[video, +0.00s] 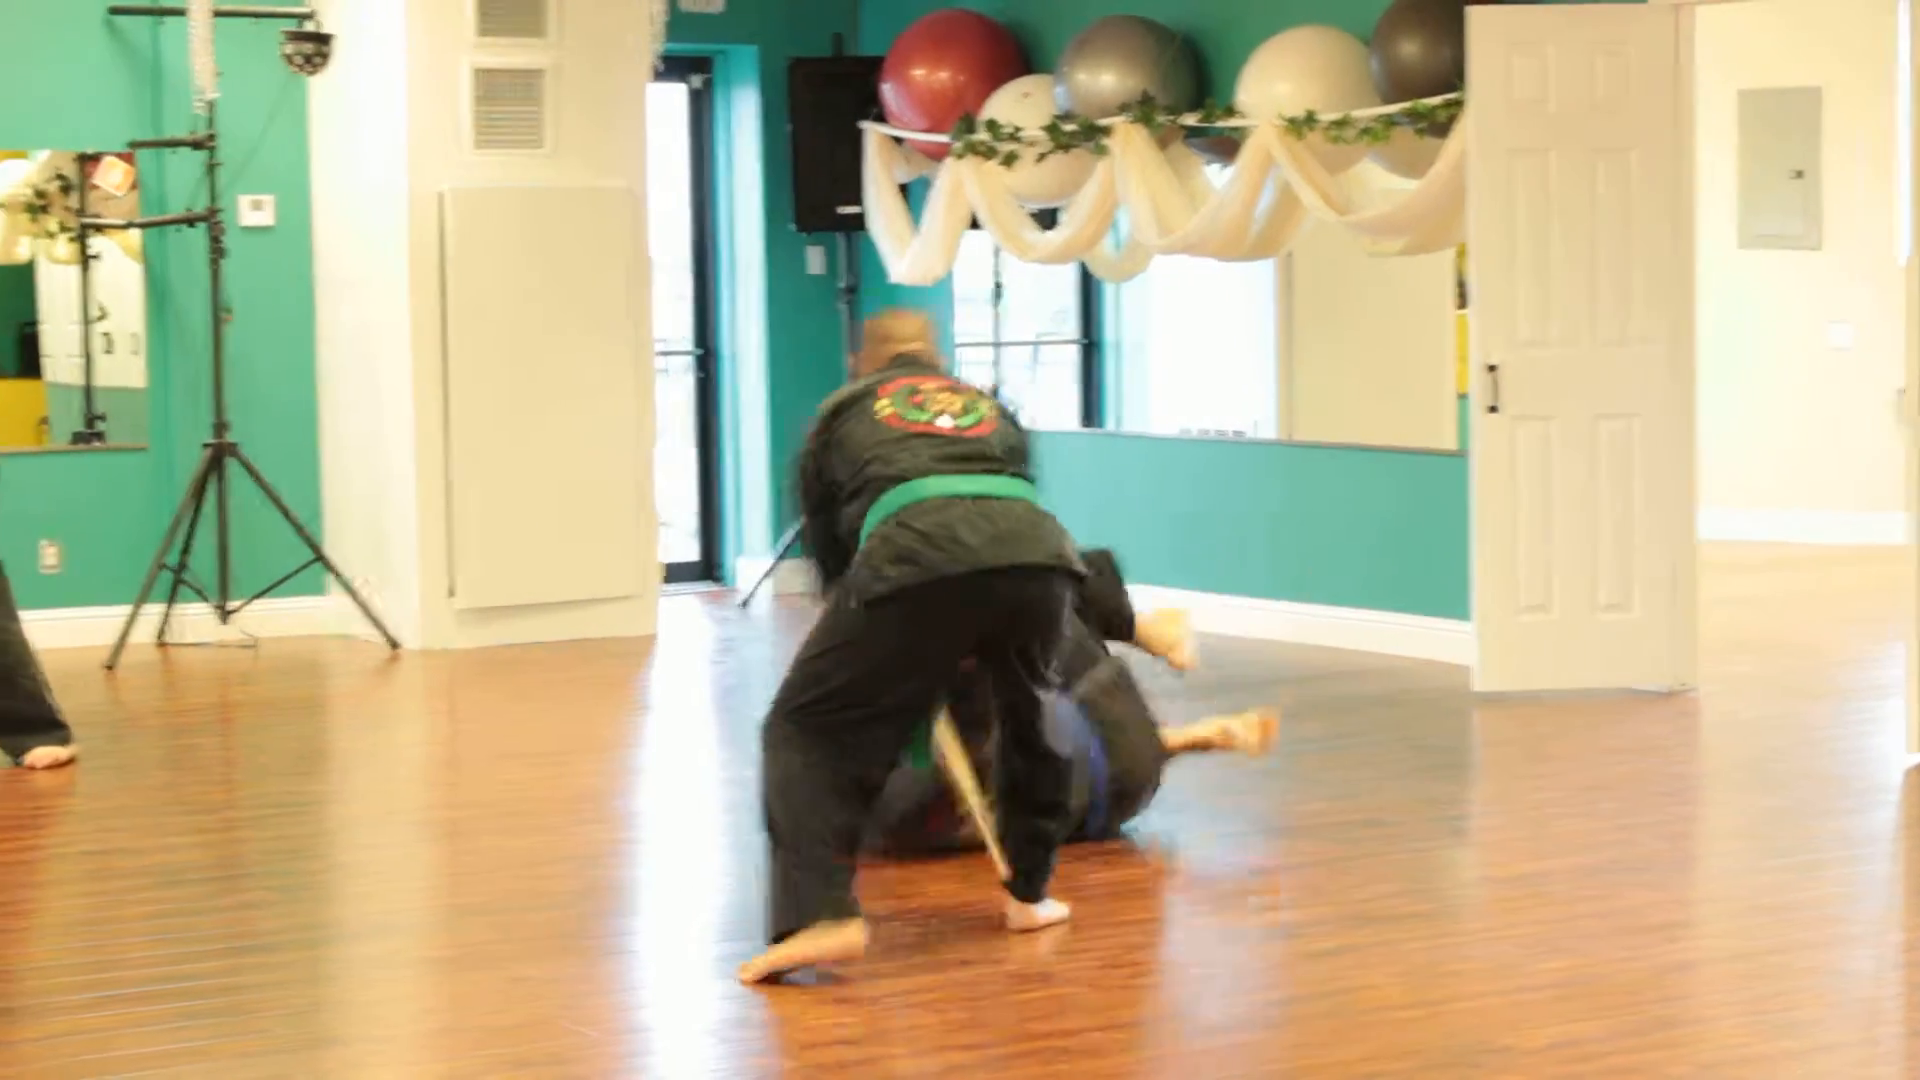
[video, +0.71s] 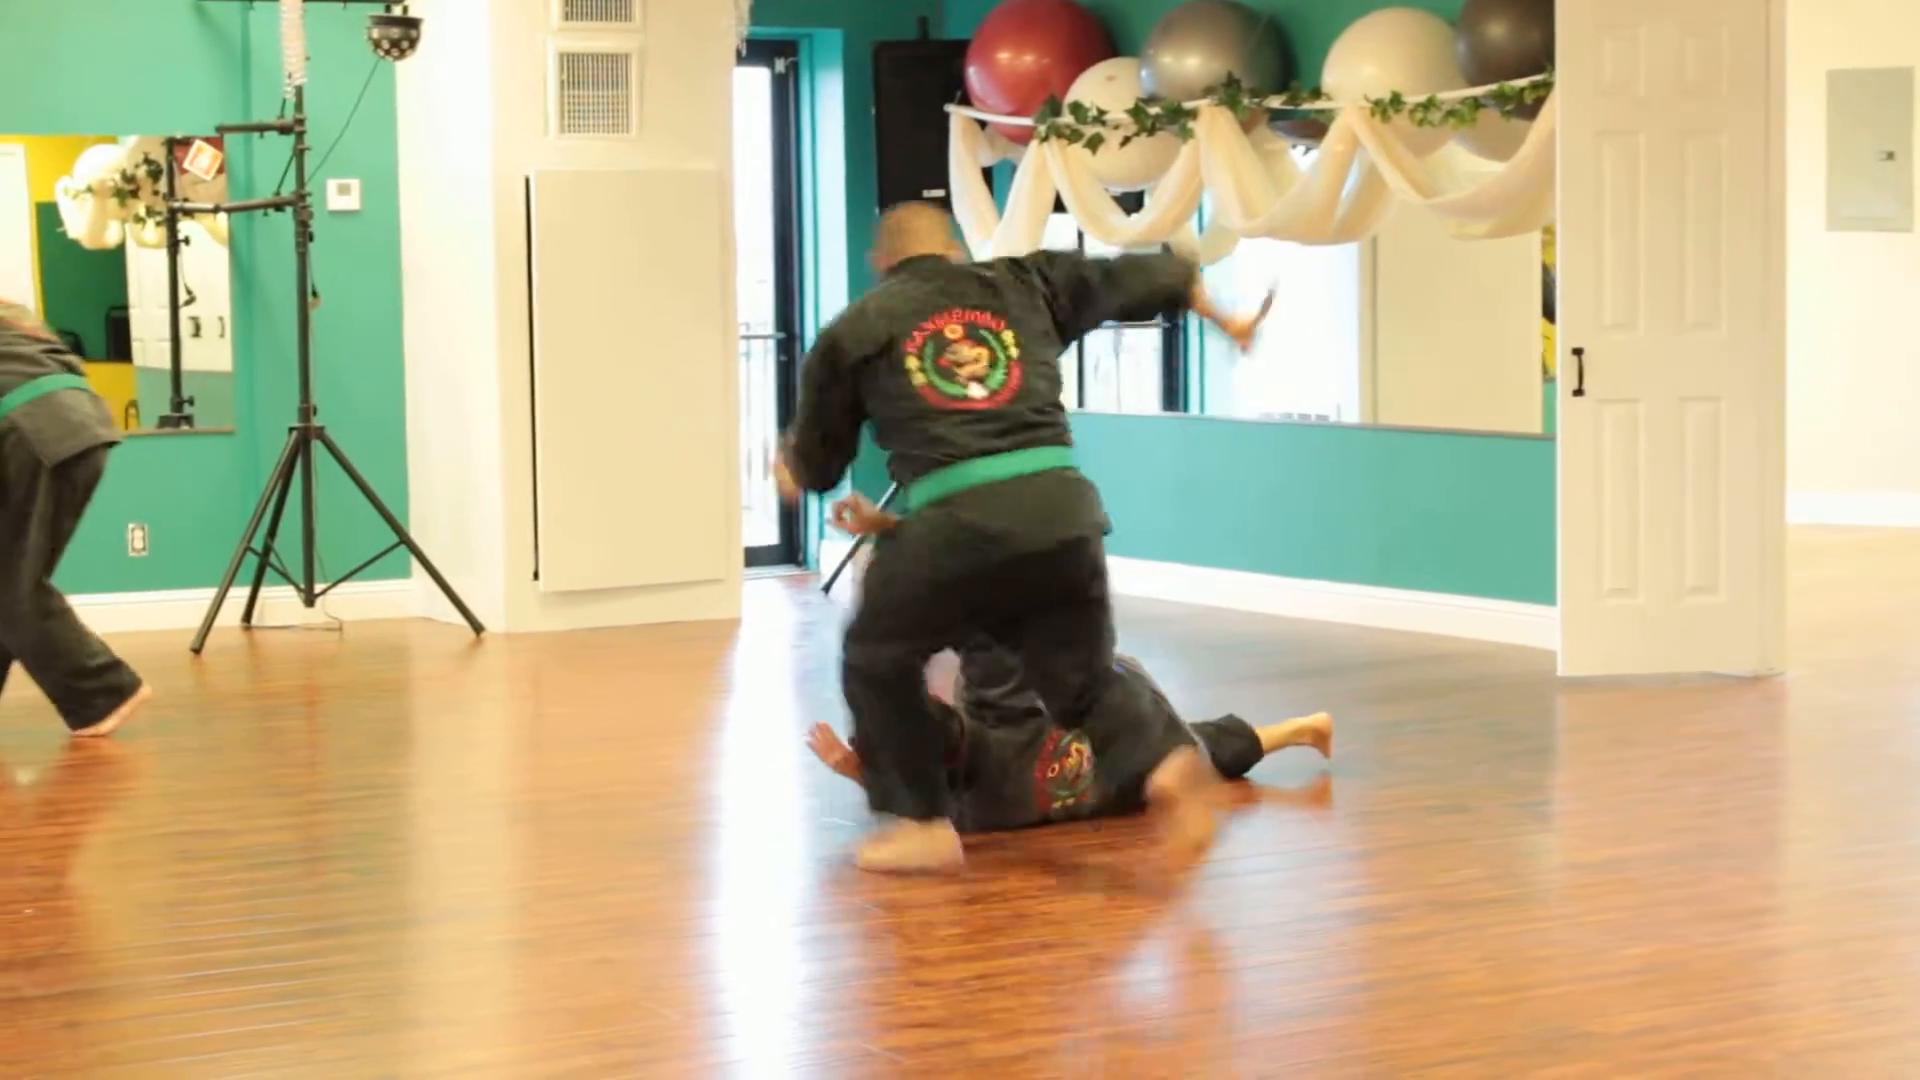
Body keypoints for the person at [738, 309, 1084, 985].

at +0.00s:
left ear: (863, 366)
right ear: (935, 359)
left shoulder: (836, 420)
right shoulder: (990, 408)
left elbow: (835, 561)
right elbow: (1013, 511)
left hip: (914, 566)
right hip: (1033, 558)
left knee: (806, 728)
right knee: (1027, 710)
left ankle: (824, 914)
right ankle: (1030, 890)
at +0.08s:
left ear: (951, 338)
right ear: (1021, 339)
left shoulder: (907, 387)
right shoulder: (1066, 397)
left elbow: (887, 495)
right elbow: (1093, 521)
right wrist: (1075, 595)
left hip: (923, 546)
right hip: (1045, 551)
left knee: (837, 714)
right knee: (1063, 704)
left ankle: (840, 852)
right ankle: (1065, 887)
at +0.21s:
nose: (1098, 328)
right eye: (1096, 320)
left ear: (1013, 317)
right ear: (1090, 325)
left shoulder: (948, 359)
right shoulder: (1116, 385)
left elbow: (924, 455)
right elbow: (1127, 537)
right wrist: (1091, 555)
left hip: (896, 525)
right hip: (1016, 532)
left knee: (880, 682)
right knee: (1075, 703)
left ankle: (836, 809)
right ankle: (1089, 886)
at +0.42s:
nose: (1095, 302)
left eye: (1095, 293)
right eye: (1095, 292)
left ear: (1018, 282)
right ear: (1083, 289)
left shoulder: (967, 336)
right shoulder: (1074, 338)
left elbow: (957, 450)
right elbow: (1133, 463)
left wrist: (1042, 540)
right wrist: (1125, 523)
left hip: (856, 526)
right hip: (951, 528)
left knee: (885, 654)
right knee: (1086, 676)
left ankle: (835, 833)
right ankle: (1083, 875)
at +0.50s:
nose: (1079, 298)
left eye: (1077, 289)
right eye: (1078, 288)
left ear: (999, 279)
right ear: (1067, 284)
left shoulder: (949, 336)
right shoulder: (1045, 320)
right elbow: (1132, 391)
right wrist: (1170, 491)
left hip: (862, 532)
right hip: (956, 534)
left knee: (886, 653)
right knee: (1074, 688)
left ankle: (841, 832)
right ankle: (1085, 871)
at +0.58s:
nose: (1049, 273)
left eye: (1044, 263)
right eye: (1045, 262)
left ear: (969, 268)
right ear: (1035, 264)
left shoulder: (911, 327)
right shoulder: (1043, 295)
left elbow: (834, 444)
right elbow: (1143, 316)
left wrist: (896, 520)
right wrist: (1190, 388)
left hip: (892, 528)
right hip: (998, 523)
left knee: (875, 654)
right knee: (1069, 691)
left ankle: (844, 827)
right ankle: (1096, 867)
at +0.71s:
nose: (872, 273)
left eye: (873, 264)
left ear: (879, 266)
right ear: (957, 251)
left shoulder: (855, 331)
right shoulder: (1023, 280)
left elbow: (818, 457)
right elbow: (1140, 275)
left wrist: (794, 467)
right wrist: (1194, 293)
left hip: (954, 524)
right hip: (1063, 511)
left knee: (876, 658)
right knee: (1082, 680)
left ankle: (921, 823)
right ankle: (1172, 761)